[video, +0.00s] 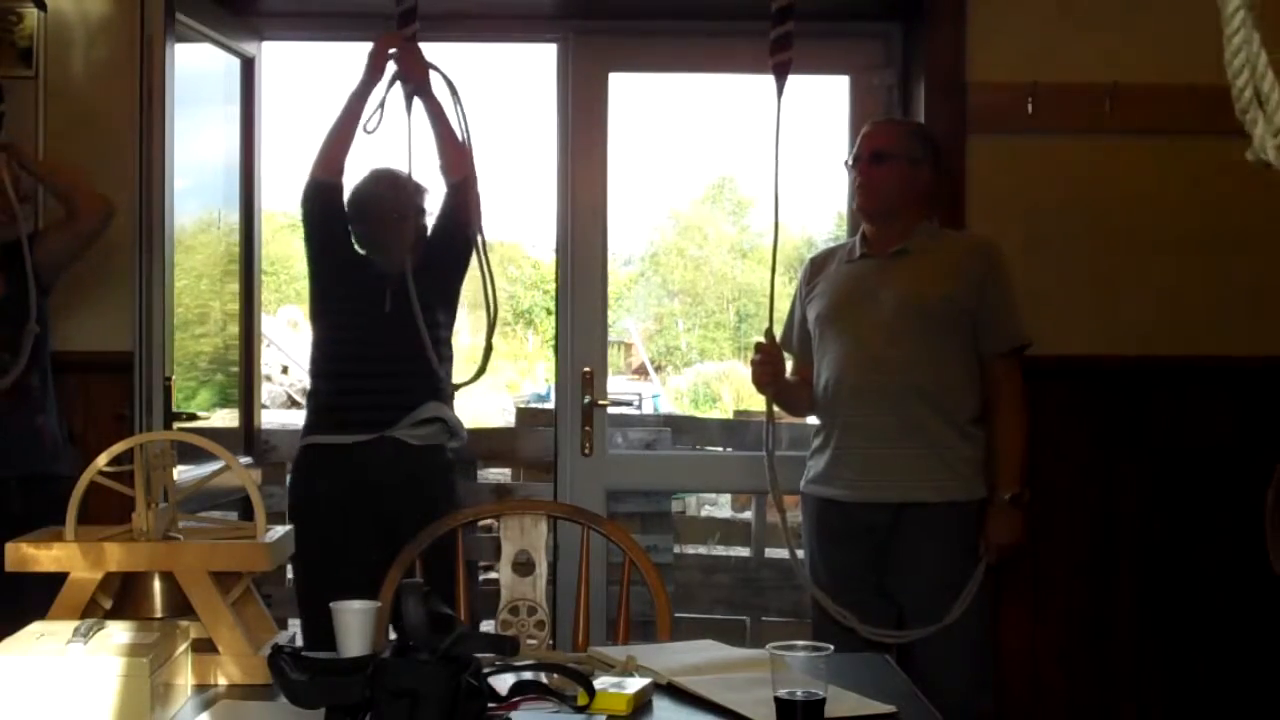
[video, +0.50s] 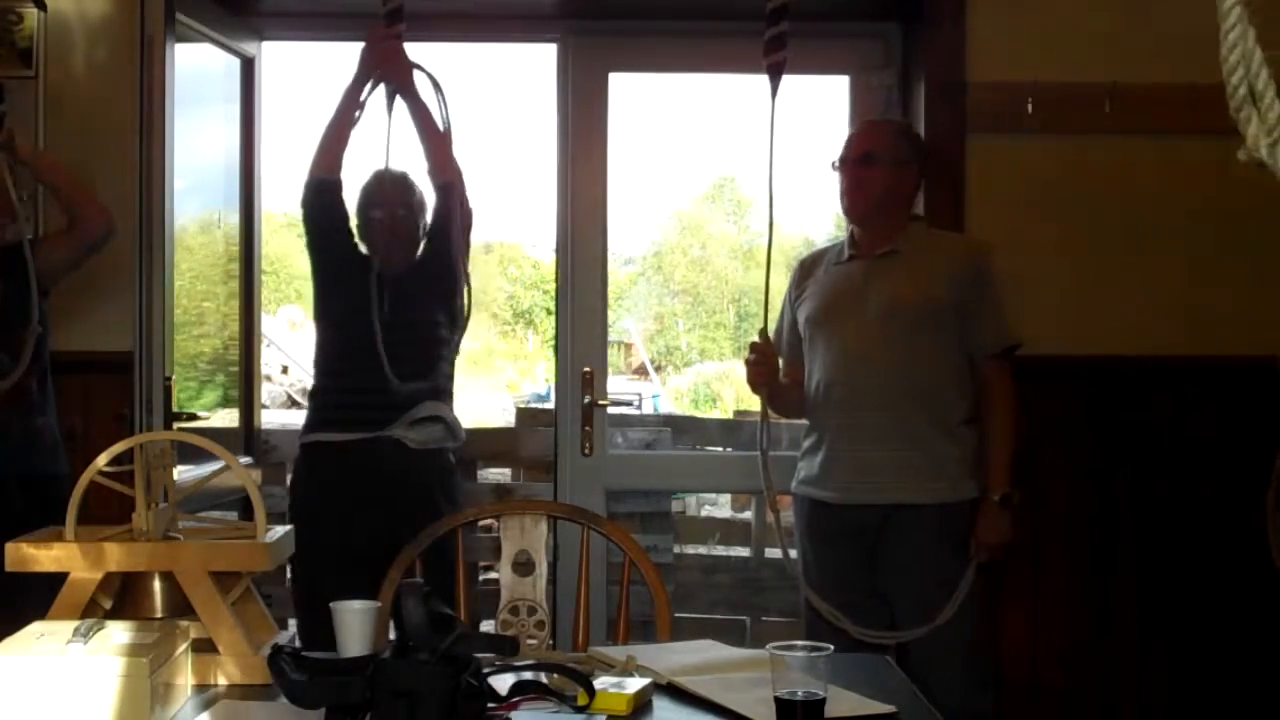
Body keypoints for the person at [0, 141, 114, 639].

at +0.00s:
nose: (11, 206)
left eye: (13, 197)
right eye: (8, 197)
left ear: (19, 204)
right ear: (10, 207)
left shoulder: (23, 264)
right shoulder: (23, 264)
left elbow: (93, 211)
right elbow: (93, 212)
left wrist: (29, 162)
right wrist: (30, 162)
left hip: (33, 454)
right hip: (24, 457)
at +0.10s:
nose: (8, 210)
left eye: (10, 202)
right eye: (4, 203)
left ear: (18, 207)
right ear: (8, 213)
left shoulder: (23, 263)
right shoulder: (22, 263)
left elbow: (93, 208)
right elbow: (93, 208)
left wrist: (23, 157)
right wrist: (24, 159)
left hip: (32, 451)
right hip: (23, 454)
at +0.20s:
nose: (8, 211)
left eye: (11, 202)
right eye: (4, 203)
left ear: (18, 207)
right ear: (7, 214)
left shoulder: (22, 265)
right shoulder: (22, 265)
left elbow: (92, 207)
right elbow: (92, 207)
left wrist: (22, 158)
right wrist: (23, 159)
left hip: (31, 452)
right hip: (21, 456)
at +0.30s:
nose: (8, 213)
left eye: (10, 204)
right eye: (5, 204)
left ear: (18, 210)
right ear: (8, 214)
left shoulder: (23, 265)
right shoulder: (22, 265)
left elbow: (92, 212)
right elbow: (92, 213)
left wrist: (24, 157)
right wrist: (25, 158)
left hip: (30, 463)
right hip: (23, 466)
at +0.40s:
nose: (9, 213)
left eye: (10, 204)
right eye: (6, 205)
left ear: (17, 209)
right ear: (9, 213)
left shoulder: (21, 266)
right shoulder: (21, 267)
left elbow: (96, 223)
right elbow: (96, 223)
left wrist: (27, 161)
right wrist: (27, 161)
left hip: (30, 459)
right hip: (23, 462)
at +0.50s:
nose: (12, 214)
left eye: (10, 203)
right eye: (7, 202)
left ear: (15, 212)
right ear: (10, 215)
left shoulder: (21, 267)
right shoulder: (19, 268)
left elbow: (95, 225)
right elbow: (95, 225)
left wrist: (27, 154)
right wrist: (29, 154)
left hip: (28, 462)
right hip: (21, 465)